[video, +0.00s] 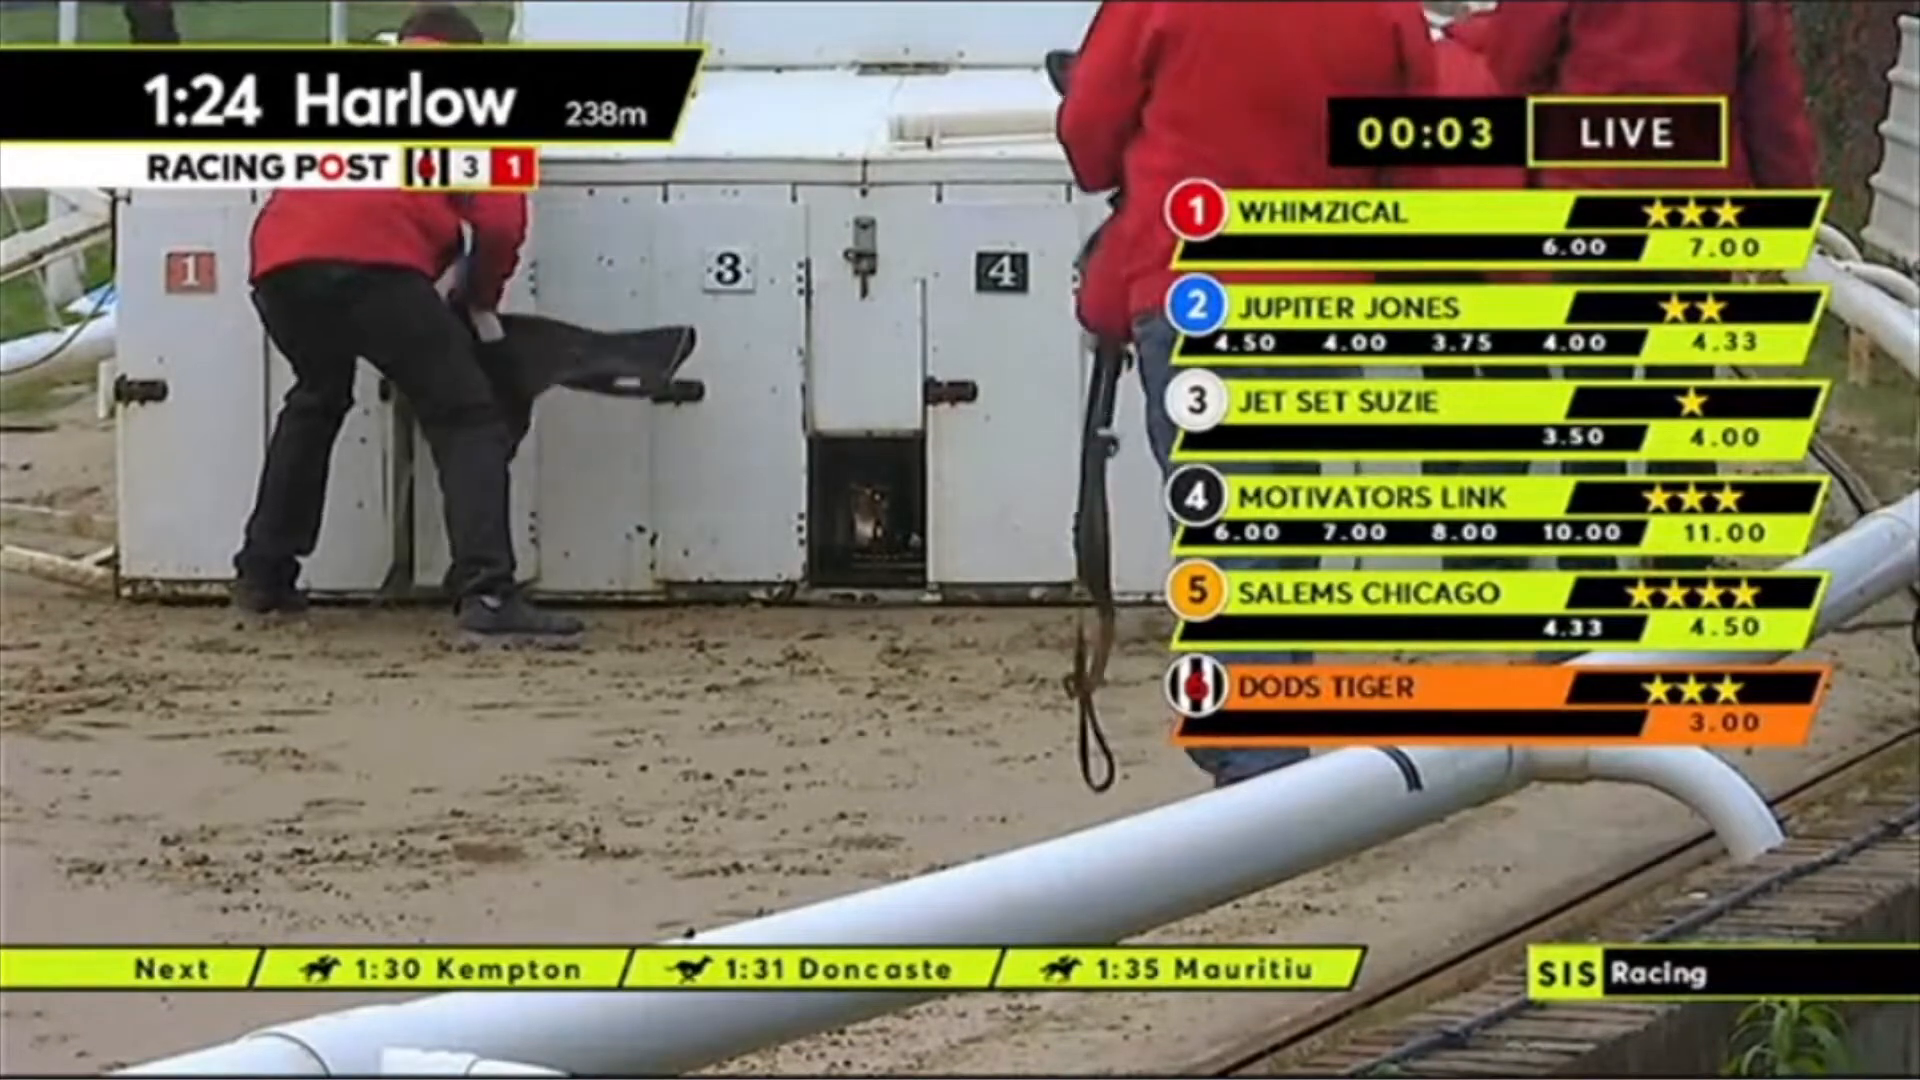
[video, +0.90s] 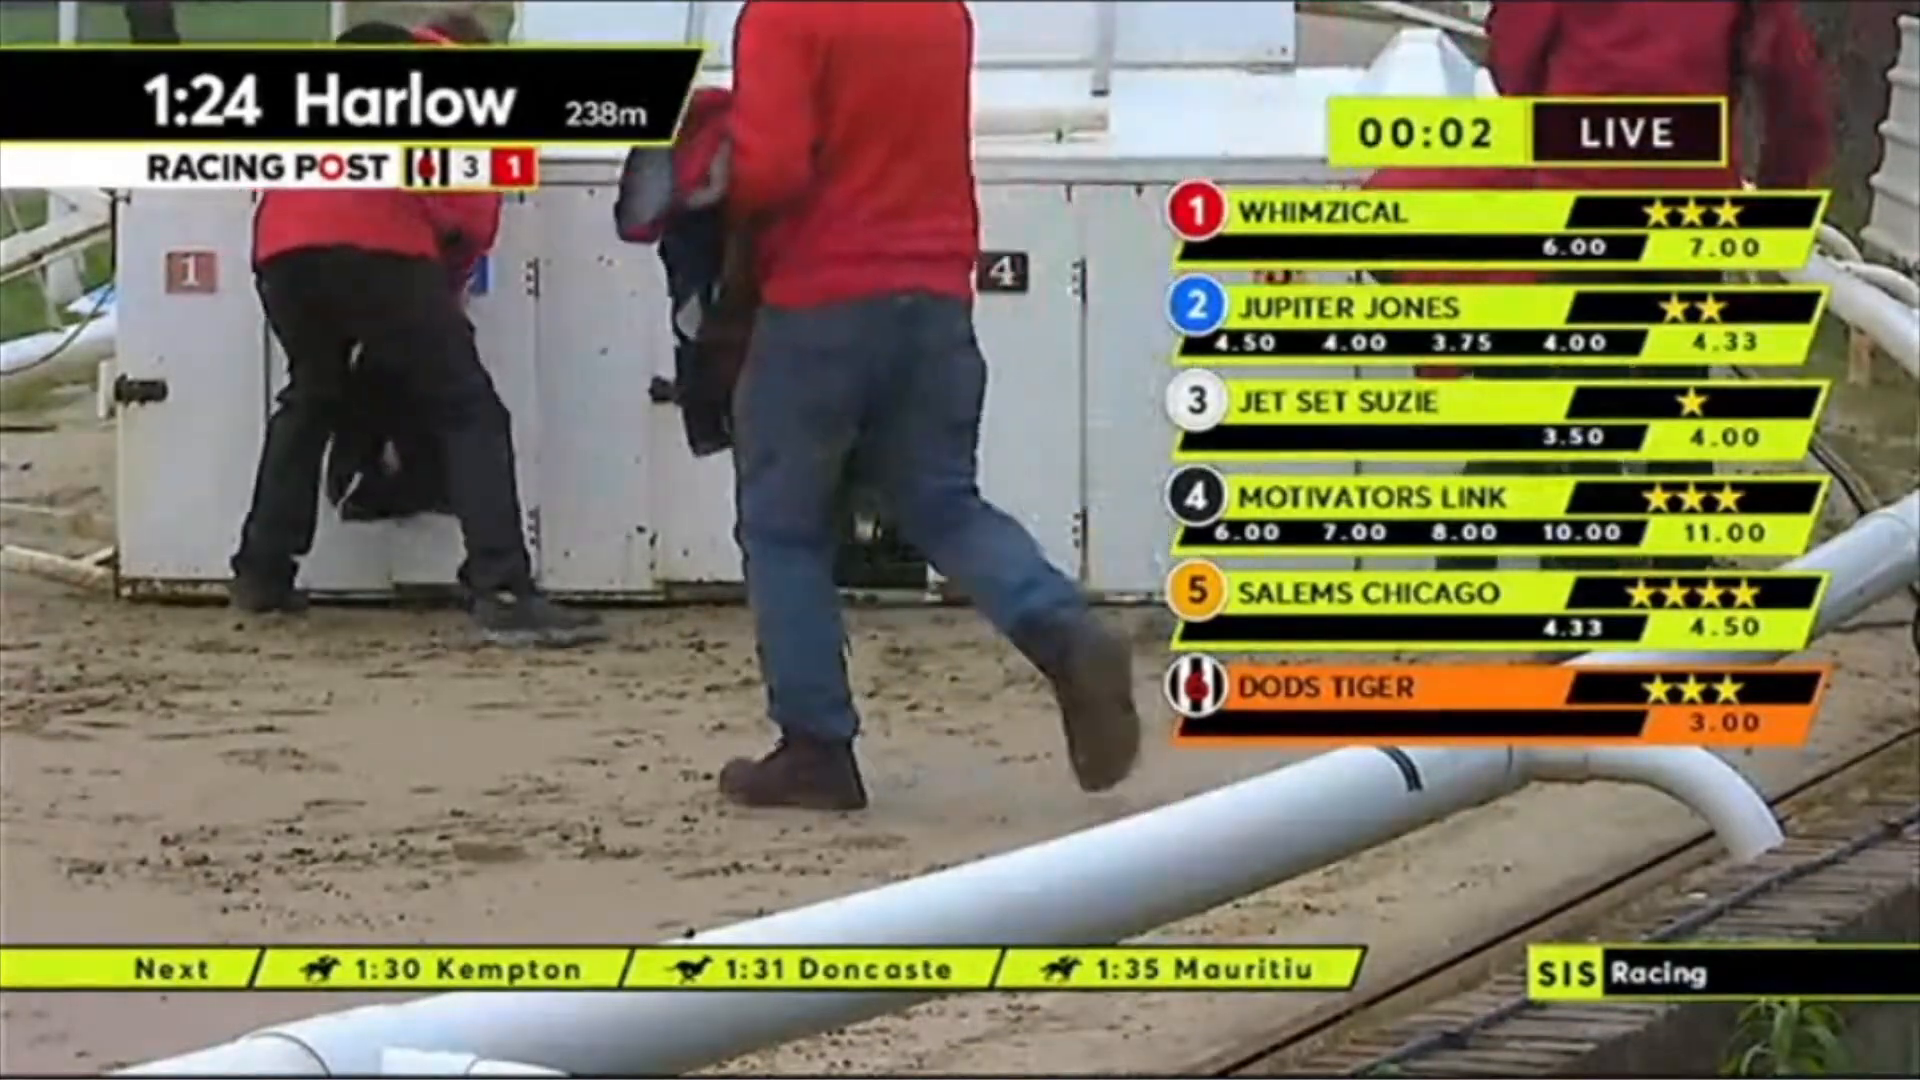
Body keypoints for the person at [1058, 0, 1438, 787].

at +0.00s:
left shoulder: (1155, 6)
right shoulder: (1383, 9)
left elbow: (1088, 137)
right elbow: (1429, 115)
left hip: (1190, 292)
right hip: (1343, 291)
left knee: (1213, 518)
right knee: (1319, 508)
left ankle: (1252, 748)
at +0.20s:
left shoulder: (1127, 6)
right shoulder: (1339, 17)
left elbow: (1026, 132)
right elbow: (1339, 154)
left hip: (1152, 300)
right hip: (1295, 305)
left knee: (1143, 532)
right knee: (1261, 523)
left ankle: (1237, 712)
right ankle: (1232, 728)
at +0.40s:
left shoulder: (1073, 3)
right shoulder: (1274, 11)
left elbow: (987, 90)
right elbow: (1224, 108)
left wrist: (945, 84)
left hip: (1084, 270)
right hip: (1211, 280)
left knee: (1024, 490)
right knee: (1206, 520)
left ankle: (1115, 688)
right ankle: (1227, 738)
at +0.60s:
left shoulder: (1007, 4)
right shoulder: (1164, 10)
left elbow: (928, 123)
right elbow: (1135, 130)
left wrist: (868, 138)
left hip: (1015, 295)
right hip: (1134, 295)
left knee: (950, 525)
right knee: (1175, 534)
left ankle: (873, 734)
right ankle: (1221, 736)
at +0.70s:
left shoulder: (948, 8)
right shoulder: (1102, 13)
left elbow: (894, 153)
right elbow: (1069, 140)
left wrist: (836, 174)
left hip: (970, 313)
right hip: (1091, 308)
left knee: (904, 532)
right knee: (1142, 535)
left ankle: (841, 741)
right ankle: (1212, 727)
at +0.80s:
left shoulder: (840, 17)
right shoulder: (1000, 17)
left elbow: (829, 174)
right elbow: (977, 154)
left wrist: (770, 211)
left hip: (878, 315)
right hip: (997, 307)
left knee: (822, 528)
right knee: (1035, 512)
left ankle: (820, 749)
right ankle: (1166, 695)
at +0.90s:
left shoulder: (782, 14)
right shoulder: (945, 14)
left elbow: (773, 170)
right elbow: (922, 147)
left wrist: (714, 162)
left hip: (822, 309)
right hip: (939, 303)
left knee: (784, 531)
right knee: (938, 502)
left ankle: (816, 750)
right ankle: (1072, 640)